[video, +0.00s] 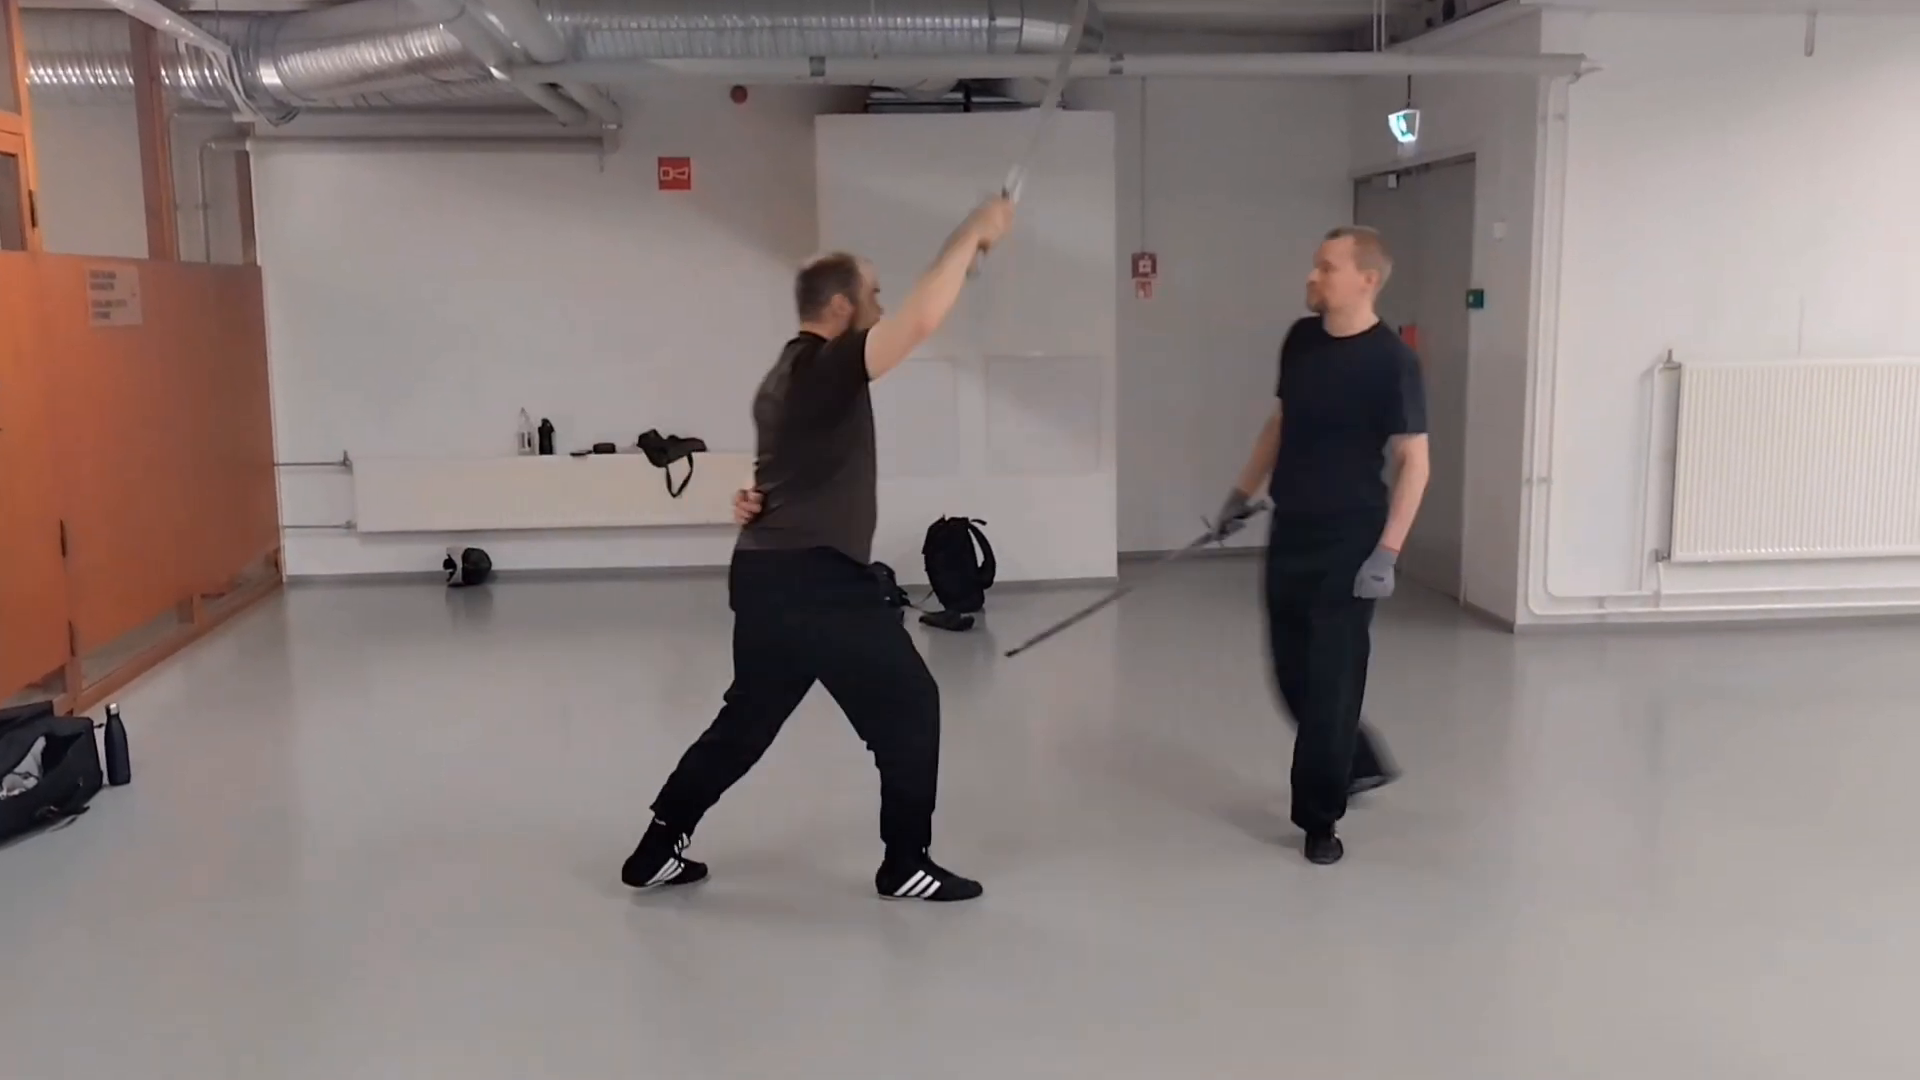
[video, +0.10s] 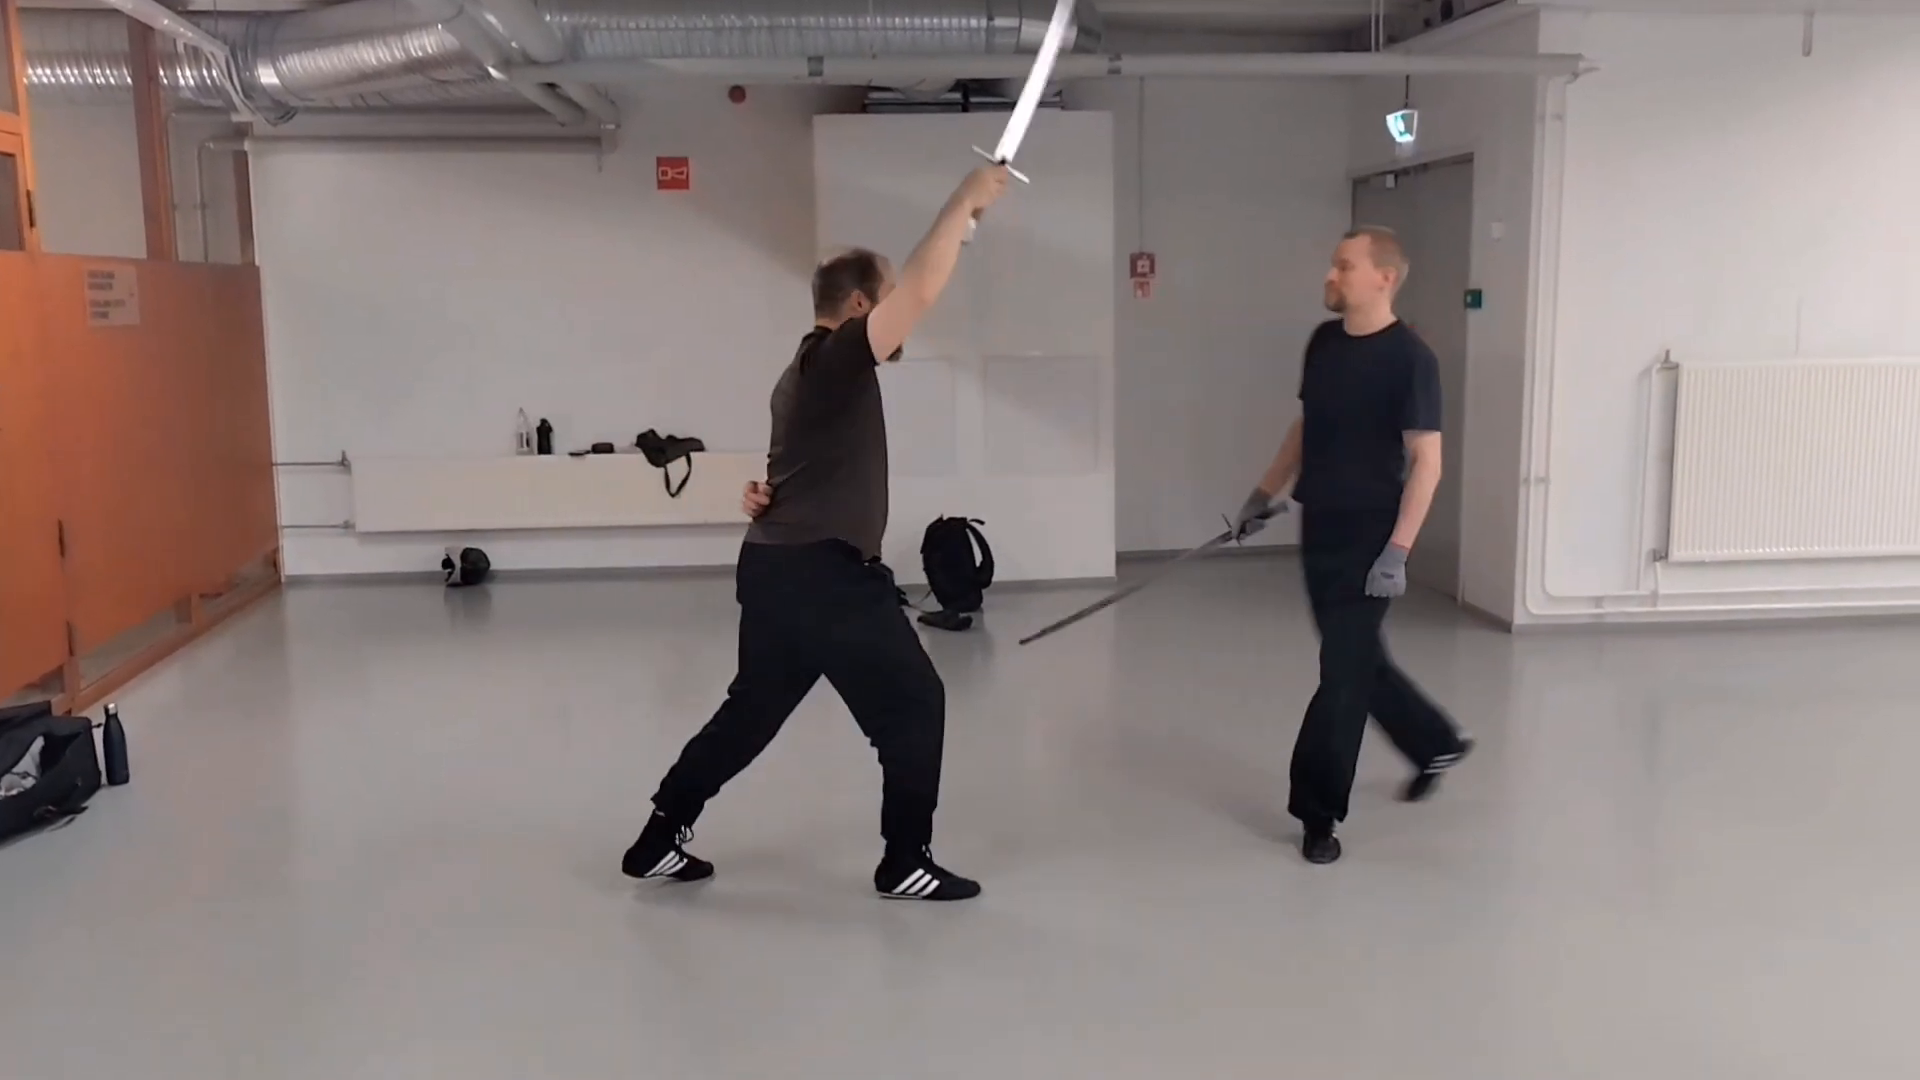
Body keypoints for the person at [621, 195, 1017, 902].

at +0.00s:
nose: (879, 308)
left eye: (875, 296)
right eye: (872, 297)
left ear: (813, 311)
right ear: (840, 308)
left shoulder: (782, 377)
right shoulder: (835, 363)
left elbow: (787, 465)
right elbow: (922, 319)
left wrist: (759, 494)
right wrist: (971, 237)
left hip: (765, 573)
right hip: (820, 576)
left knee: (748, 718)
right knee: (909, 709)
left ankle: (654, 850)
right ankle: (906, 865)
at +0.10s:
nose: (895, 316)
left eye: (894, 303)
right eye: (888, 301)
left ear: (827, 306)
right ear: (861, 305)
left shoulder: (795, 379)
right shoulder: (844, 353)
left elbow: (804, 471)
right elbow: (919, 288)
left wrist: (772, 494)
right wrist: (962, 206)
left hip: (773, 567)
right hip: (826, 568)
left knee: (752, 711)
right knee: (914, 705)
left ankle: (657, 841)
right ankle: (906, 863)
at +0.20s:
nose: (896, 315)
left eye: (895, 303)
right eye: (889, 297)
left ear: (827, 300)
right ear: (866, 299)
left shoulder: (800, 373)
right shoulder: (839, 349)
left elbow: (796, 465)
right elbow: (913, 274)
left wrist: (767, 492)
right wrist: (952, 190)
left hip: (771, 564)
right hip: (822, 566)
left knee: (754, 708)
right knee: (911, 704)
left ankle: (666, 837)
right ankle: (903, 860)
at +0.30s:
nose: (878, 309)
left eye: (878, 299)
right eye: (872, 294)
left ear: (813, 301)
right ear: (845, 298)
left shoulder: (790, 371)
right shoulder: (825, 349)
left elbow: (790, 468)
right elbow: (895, 270)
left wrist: (758, 494)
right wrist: (930, 189)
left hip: (759, 565)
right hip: (807, 565)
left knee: (756, 713)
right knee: (899, 705)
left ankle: (666, 837)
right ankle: (900, 862)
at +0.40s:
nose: (843, 310)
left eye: (840, 299)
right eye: (835, 296)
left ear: (785, 303)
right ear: (810, 299)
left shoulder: (770, 370)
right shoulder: (788, 352)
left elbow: (780, 478)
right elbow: (855, 274)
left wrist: (735, 504)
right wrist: (896, 194)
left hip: (740, 569)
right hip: (780, 568)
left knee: (751, 718)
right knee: (872, 706)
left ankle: (660, 841)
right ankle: (893, 863)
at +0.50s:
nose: (814, 314)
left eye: (814, 301)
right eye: (804, 299)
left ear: (770, 304)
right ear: (769, 300)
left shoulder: (743, 374)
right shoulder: (738, 357)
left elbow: (732, 477)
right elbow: (796, 275)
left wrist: (691, 508)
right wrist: (848, 196)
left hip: (712, 567)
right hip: (737, 566)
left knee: (734, 718)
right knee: (825, 710)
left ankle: (654, 845)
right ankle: (888, 858)